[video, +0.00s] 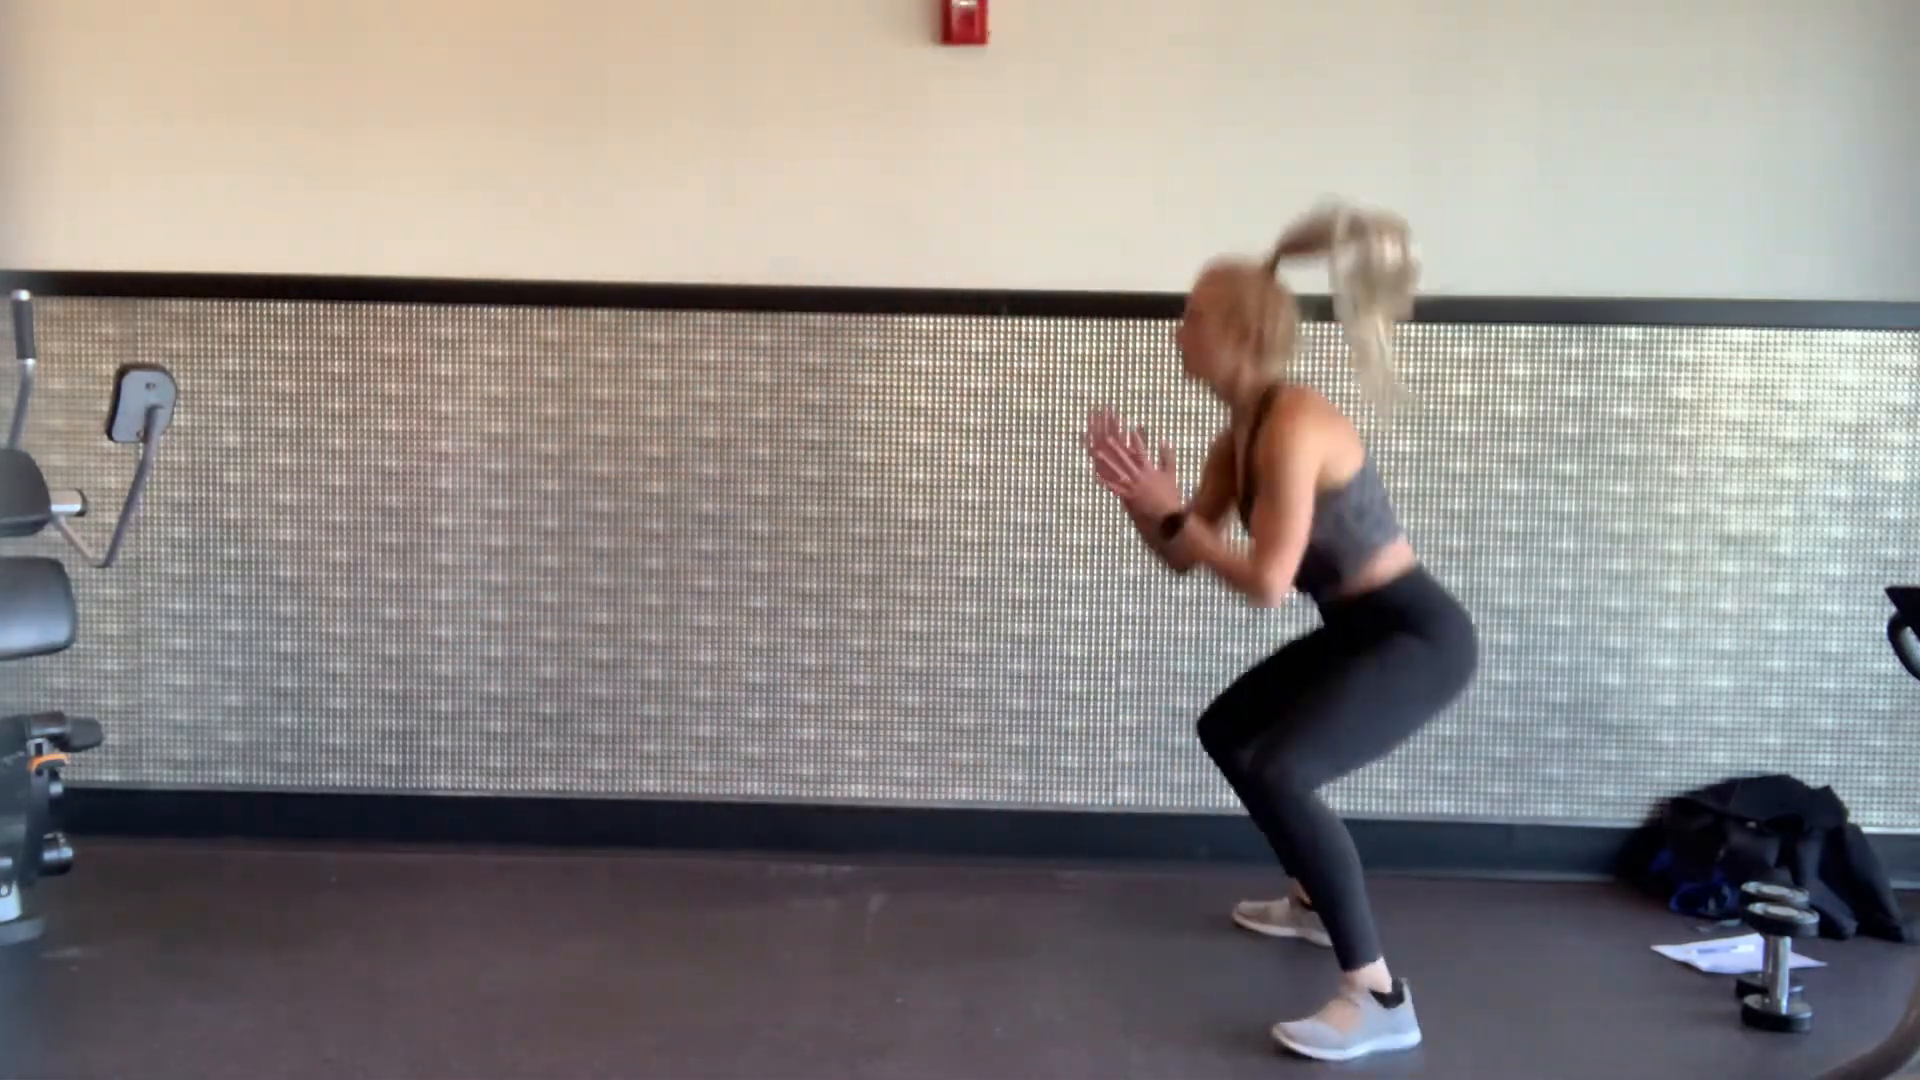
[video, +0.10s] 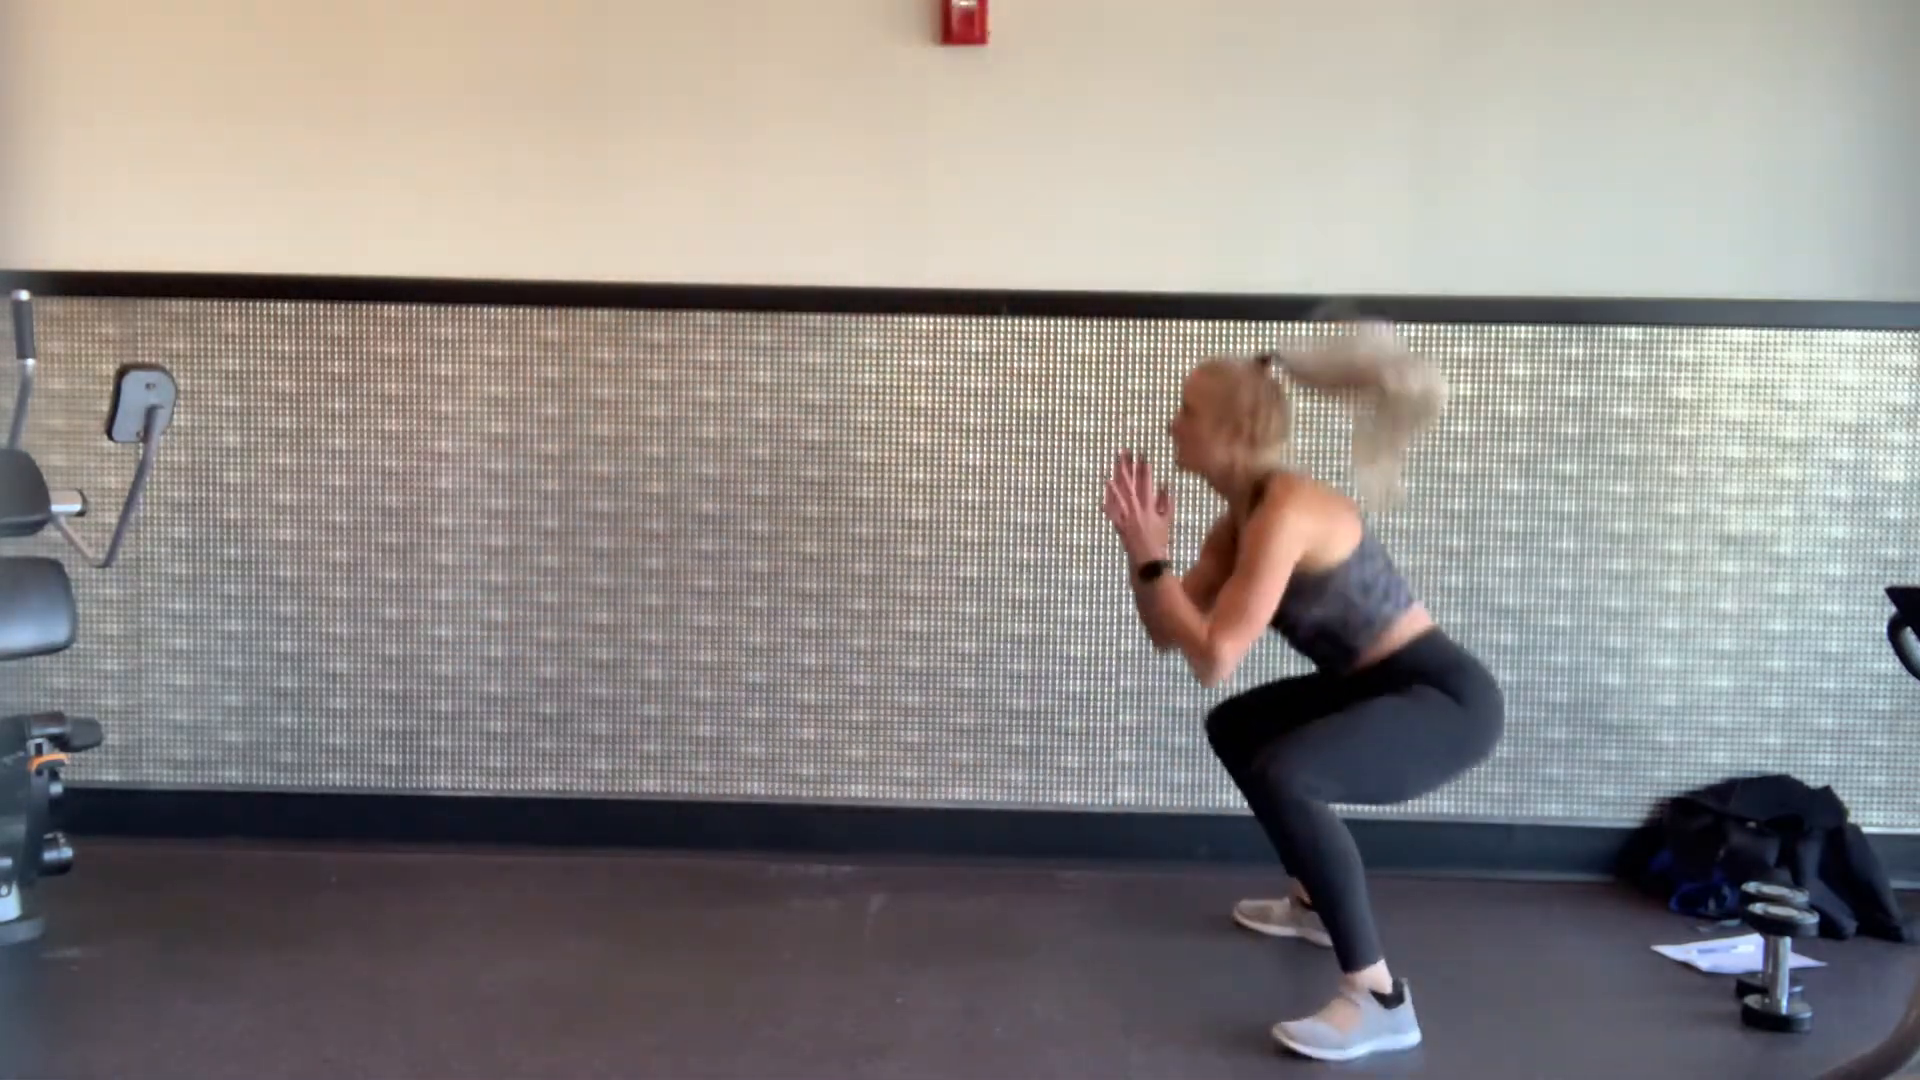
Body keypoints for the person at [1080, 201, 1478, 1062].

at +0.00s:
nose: (1177, 328)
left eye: (1190, 314)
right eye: (1182, 313)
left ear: (1236, 335)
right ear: (1238, 335)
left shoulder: (1293, 426)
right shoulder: (1240, 435)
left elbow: (1266, 582)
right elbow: (1184, 553)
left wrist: (1177, 516)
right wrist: (1139, 499)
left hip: (1420, 637)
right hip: (1362, 631)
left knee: (1278, 769)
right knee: (1229, 729)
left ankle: (1375, 990)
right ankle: (1318, 901)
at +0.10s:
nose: (1171, 424)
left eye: (1185, 411)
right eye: (1177, 409)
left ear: (1231, 430)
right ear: (1235, 432)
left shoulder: (1286, 508)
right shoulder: (1239, 519)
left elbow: (1216, 656)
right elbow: (1167, 631)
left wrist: (1151, 561)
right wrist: (1144, 552)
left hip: (1445, 697)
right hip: (1382, 687)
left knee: (1288, 773)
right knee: (1234, 728)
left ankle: (1378, 996)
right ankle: (1319, 903)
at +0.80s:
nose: (1123, 399)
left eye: (1134, 385)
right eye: (1124, 384)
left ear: (1185, 388)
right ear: (1184, 390)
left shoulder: (1244, 470)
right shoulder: (1210, 468)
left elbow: (1136, 596)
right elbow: (1124, 567)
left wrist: (1037, 533)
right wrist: (1034, 529)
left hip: (1423, 647)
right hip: (1368, 636)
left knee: (1280, 770)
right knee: (1237, 722)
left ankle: (1377, 993)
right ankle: (1321, 901)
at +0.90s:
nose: (1100, 400)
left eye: (1111, 384)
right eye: (1101, 383)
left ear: (1164, 385)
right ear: (1162, 388)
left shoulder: (1222, 471)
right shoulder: (1189, 468)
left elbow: (1119, 593)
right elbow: (1102, 568)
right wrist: (1000, 629)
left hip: (1405, 643)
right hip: (1350, 636)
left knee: (1266, 778)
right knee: (1224, 728)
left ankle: (1375, 992)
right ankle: (1319, 899)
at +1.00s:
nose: (1072, 393)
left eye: (1080, 376)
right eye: (1071, 377)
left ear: (1132, 375)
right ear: (1136, 376)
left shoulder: (1189, 462)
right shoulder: (1158, 464)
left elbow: (1147, 611)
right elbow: (1109, 586)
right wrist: (1038, 687)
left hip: (1369, 634)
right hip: (1318, 633)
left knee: (1241, 792)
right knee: (1203, 738)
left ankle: (1371, 992)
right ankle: (1317, 898)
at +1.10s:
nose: (1036, 340)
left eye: (1046, 323)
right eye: (1037, 323)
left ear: (1094, 331)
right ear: (1099, 330)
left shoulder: (1148, 419)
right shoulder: (1130, 411)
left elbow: (1211, 558)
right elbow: (1176, 540)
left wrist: (1226, 694)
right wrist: (1157, 640)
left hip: (1302, 606)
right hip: (1264, 600)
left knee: (1214, 804)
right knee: (1183, 748)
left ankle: (1369, 991)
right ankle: (1309, 898)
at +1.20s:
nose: (1003, 233)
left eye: (1016, 216)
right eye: (1004, 216)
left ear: (1063, 217)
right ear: (1064, 219)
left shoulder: (1103, 302)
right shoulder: (1094, 300)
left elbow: (1225, 377)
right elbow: (1207, 381)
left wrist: (1311, 492)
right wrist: (1236, 495)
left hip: (1183, 548)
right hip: (1164, 546)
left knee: (1176, 776)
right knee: (1169, 745)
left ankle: (1351, 962)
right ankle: (1299, 875)